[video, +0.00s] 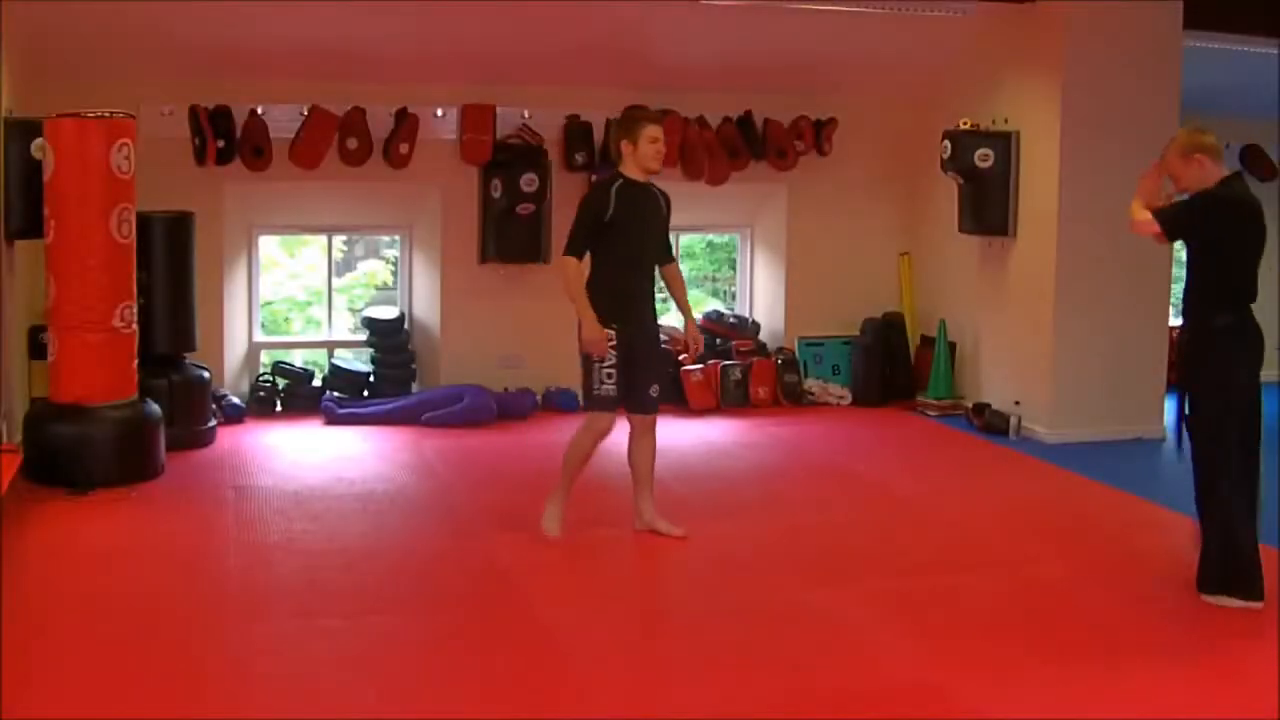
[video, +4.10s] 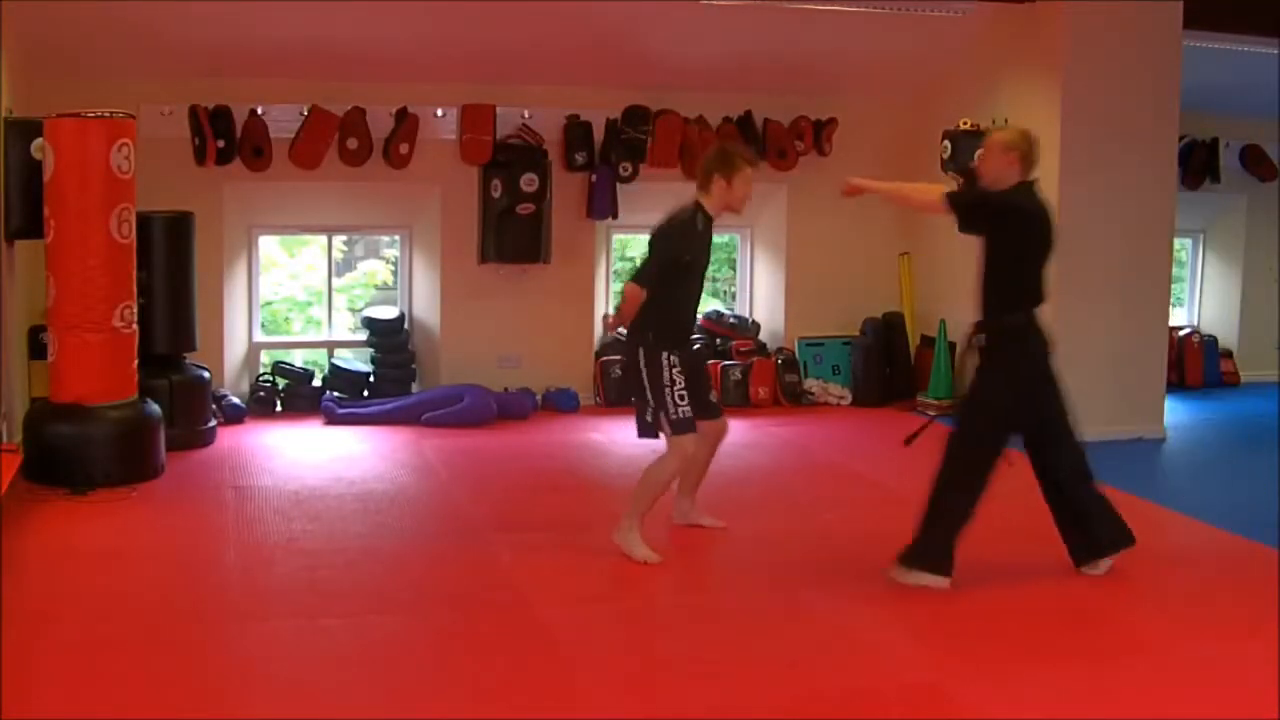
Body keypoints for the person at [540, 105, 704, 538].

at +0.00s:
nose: (662, 149)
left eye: (663, 142)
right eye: (653, 142)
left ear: (657, 147)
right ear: (625, 146)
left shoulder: (658, 199)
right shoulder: (602, 195)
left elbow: (666, 262)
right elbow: (569, 262)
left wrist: (688, 317)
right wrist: (587, 321)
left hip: (643, 322)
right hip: (604, 323)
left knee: (644, 420)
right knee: (600, 420)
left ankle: (645, 512)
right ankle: (558, 500)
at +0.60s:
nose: (715, 180)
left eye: (717, 172)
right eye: (712, 170)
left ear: (684, 165)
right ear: (684, 162)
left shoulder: (661, 206)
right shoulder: (644, 207)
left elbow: (631, 280)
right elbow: (600, 277)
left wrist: (640, 333)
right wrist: (596, 347)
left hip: (632, 332)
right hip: (616, 336)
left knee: (641, 428)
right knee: (622, 434)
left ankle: (625, 528)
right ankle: (614, 543)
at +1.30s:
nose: (717, 163)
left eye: (717, 154)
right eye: (711, 153)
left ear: (686, 155)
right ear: (683, 153)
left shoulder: (669, 201)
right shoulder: (650, 201)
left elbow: (646, 278)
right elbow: (612, 278)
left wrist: (658, 331)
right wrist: (636, 342)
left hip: (649, 331)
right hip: (629, 333)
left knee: (657, 433)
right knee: (635, 436)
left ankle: (627, 529)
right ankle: (616, 542)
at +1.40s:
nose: (708, 163)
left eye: (709, 154)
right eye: (702, 152)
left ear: (674, 154)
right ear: (673, 151)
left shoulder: (662, 199)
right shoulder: (650, 201)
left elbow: (650, 285)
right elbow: (646, 289)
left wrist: (690, 320)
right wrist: (699, 321)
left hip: (649, 327)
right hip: (631, 329)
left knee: (677, 426)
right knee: (635, 435)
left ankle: (631, 522)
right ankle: (616, 543)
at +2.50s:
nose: (707, 154)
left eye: (707, 146)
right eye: (699, 146)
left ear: (684, 152)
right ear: (672, 151)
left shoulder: (679, 201)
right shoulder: (654, 202)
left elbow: (669, 278)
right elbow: (628, 279)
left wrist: (679, 337)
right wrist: (628, 349)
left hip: (678, 332)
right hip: (652, 333)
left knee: (686, 429)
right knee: (642, 434)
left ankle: (690, 523)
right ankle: (602, 524)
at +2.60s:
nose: (702, 157)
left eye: (703, 149)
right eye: (695, 149)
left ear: (677, 154)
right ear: (668, 153)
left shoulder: (673, 203)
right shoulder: (648, 201)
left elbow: (656, 274)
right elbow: (603, 270)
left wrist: (665, 330)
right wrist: (602, 337)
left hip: (668, 332)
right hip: (638, 332)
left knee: (684, 427)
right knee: (628, 434)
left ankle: (690, 523)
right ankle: (600, 527)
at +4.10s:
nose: (748, 194)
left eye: (749, 186)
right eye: (745, 185)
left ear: (721, 183)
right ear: (719, 182)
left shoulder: (703, 226)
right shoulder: (681, 226)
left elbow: (662, 285)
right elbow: (636, 289)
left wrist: (628, 317)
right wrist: (623, 321)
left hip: (679, 345)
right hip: (654, 347)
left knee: (713, 427)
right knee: (682, 446)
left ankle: (685, 509)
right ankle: (628, 526)